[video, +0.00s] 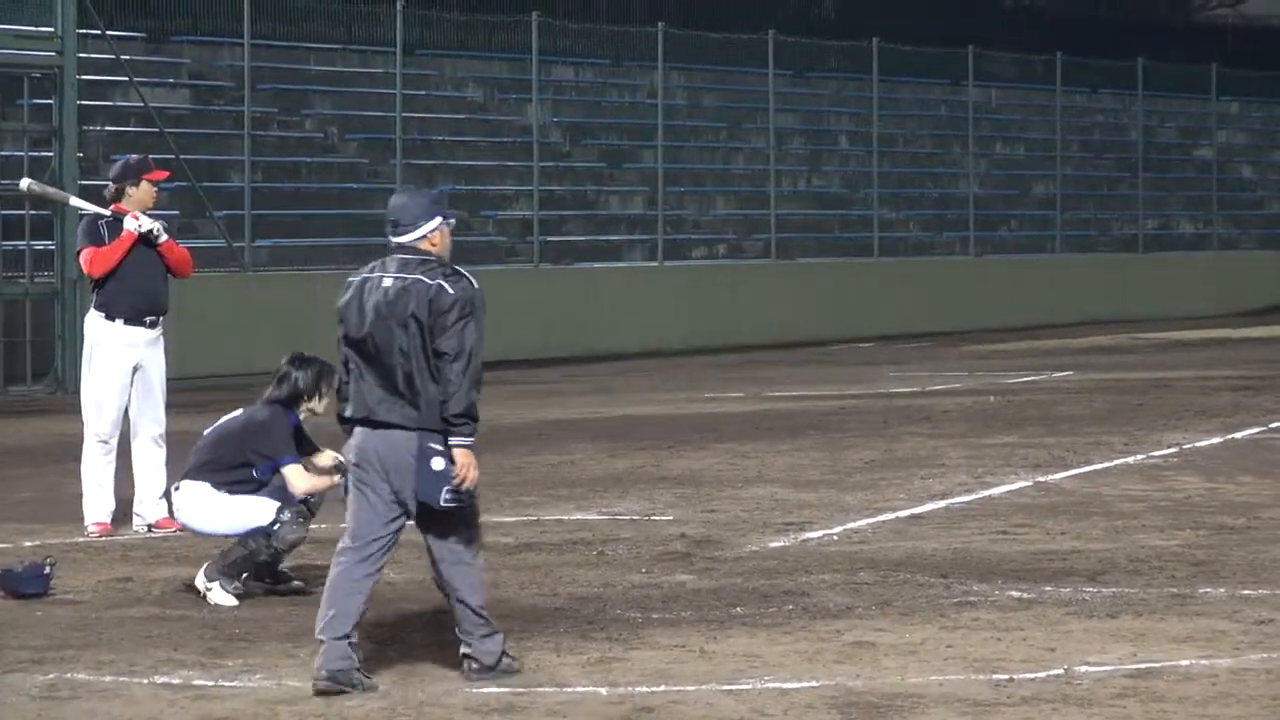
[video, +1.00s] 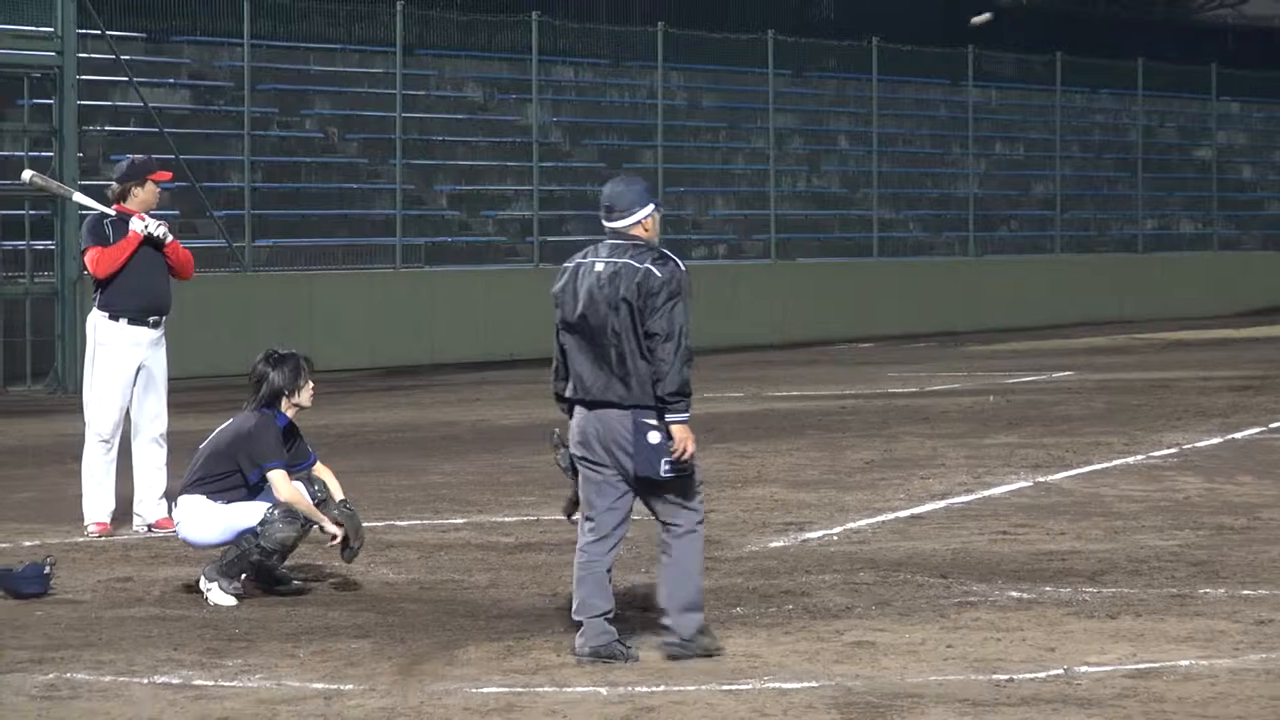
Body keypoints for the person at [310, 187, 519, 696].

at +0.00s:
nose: (449, 233)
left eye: (445, 225)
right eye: (444, 227)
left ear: (398, 235)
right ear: (431, 235)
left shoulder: (361, 283)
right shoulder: (452, 287)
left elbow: (349, 365)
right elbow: (458, 372)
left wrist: (354, 427)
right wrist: (462, 440)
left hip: (369, 436)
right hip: (427, 440)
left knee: (358, 550)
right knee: (456, 552)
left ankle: (333, 663)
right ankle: (484, 654)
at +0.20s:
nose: (502, 226)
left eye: (499, 218)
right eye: (497, 220)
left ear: (454, 227)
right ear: (482, 228)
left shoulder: (415, 270)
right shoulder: (506, 282)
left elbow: (399, 353)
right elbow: (521, 366)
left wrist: (404, 416)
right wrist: (535, 433)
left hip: (426, 427)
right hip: (484, 431)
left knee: (439, 528)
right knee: (499, 541)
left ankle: (392, 605)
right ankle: (491, 651)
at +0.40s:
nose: (540, 222)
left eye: (537, 214)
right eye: (536, 216)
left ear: (492, 221)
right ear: (522, 221)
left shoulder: (450, 267)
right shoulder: (540, 274)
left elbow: (438, 352)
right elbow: (566, 349)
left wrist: (448, 411)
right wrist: (594, 407)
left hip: (461, 419)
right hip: (510, 421)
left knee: (502, 522)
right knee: (506, 535)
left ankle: (498, 622)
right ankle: (487, 652)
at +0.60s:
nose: (581, 230)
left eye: (577, 222)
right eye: (576, 223)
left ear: (533, 229)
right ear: (563, 229)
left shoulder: (496, 278)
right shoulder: (582, 281)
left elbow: (483, 360)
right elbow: (607, 359)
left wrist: (487, 422)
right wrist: (628, 418)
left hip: (507, 423)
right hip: (553, 425)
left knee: (561, 529)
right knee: (535, 532)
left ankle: (591, 636)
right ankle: (490, 647)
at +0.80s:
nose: (618, 224)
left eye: (614, 216)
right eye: (614, 218)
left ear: (569, 224)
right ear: (604, 224)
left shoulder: (536, 273)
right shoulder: (620, 273)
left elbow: (525, 356)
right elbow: (637, 355)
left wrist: (531, 423)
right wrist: (648, 424)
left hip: (551, 422)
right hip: (602, 423)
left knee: (583, 531)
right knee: (628, 525)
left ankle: (596, 634)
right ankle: (560, 606)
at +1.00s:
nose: (658, 222)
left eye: (654, 215)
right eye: (654, 216)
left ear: (610, 220)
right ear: (643, 221)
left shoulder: (573, 269)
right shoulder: (660, 270)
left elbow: (564, 353)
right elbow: (668, 352)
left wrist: (569, 413)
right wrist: (678, 417)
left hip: (589, 417)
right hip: (644, 418)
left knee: (598, 527)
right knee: (681, 518)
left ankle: (593, 634)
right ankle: (685, 630)